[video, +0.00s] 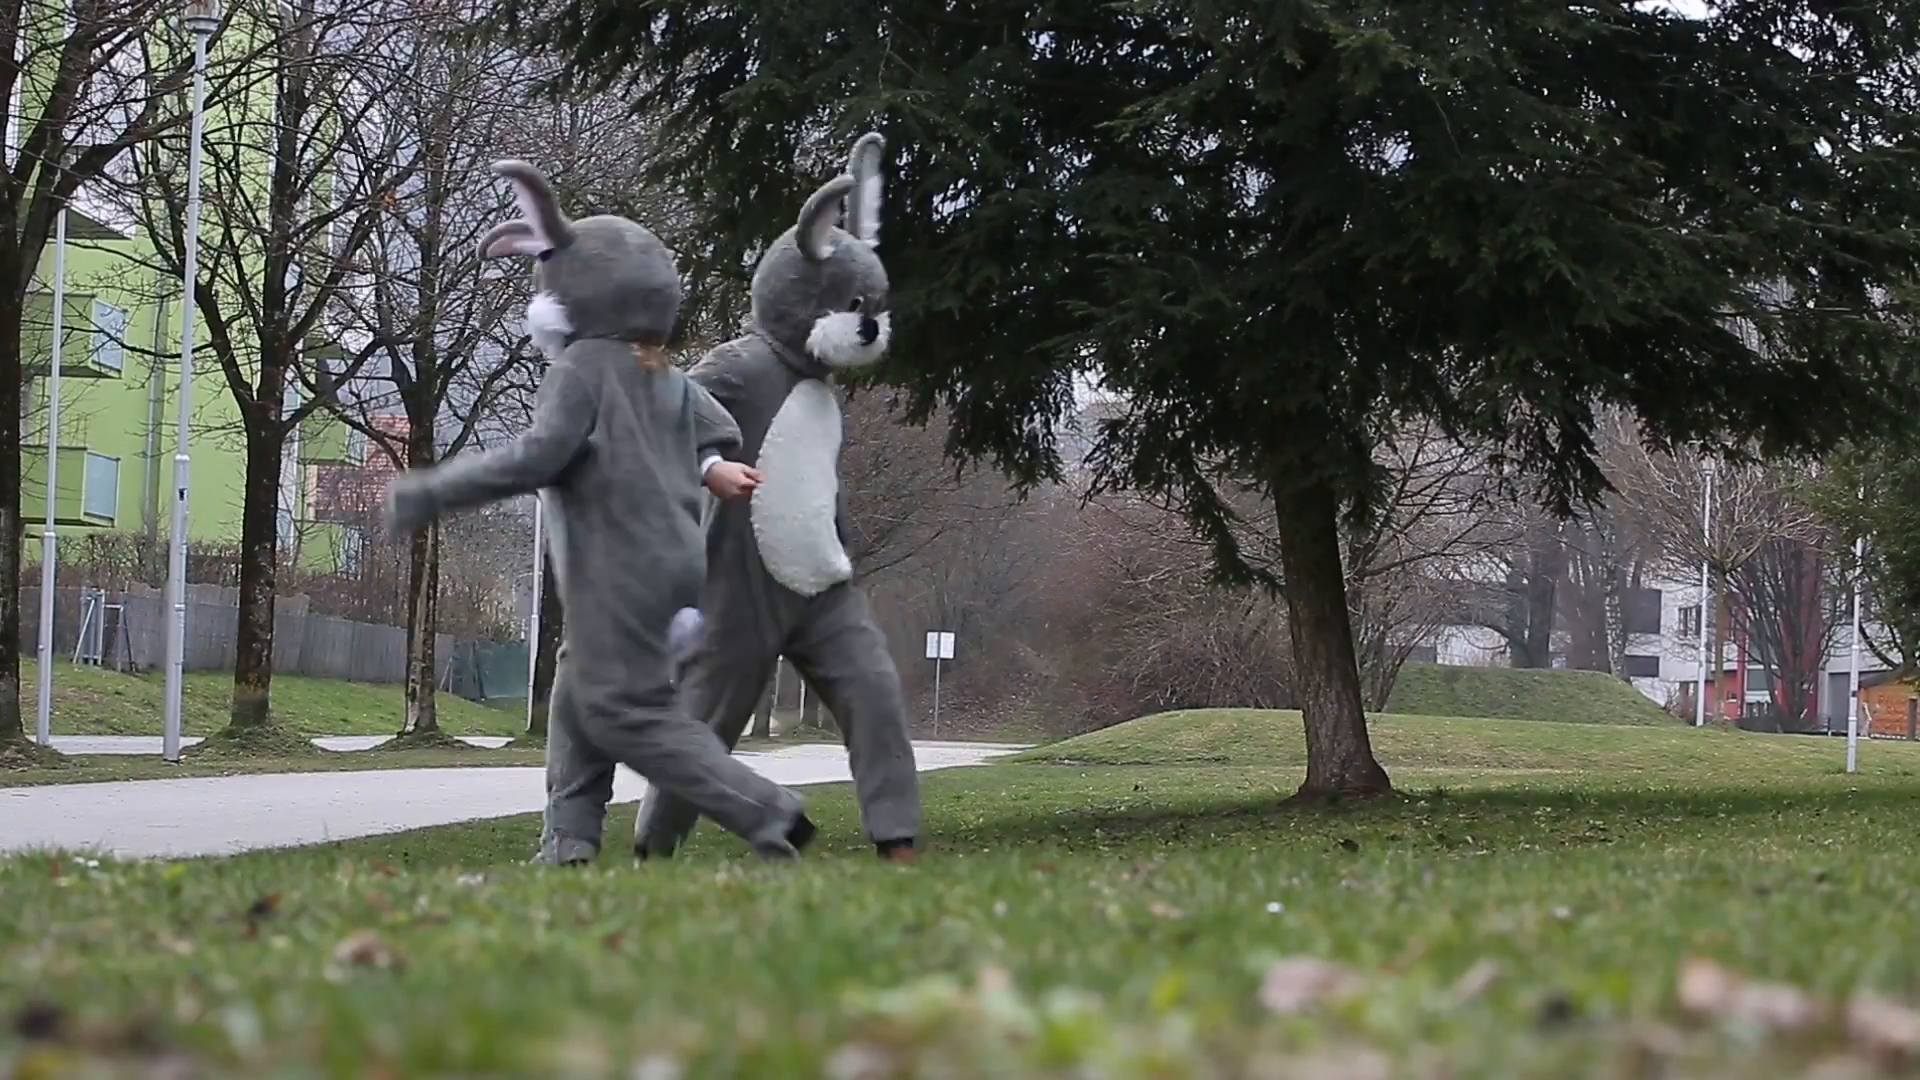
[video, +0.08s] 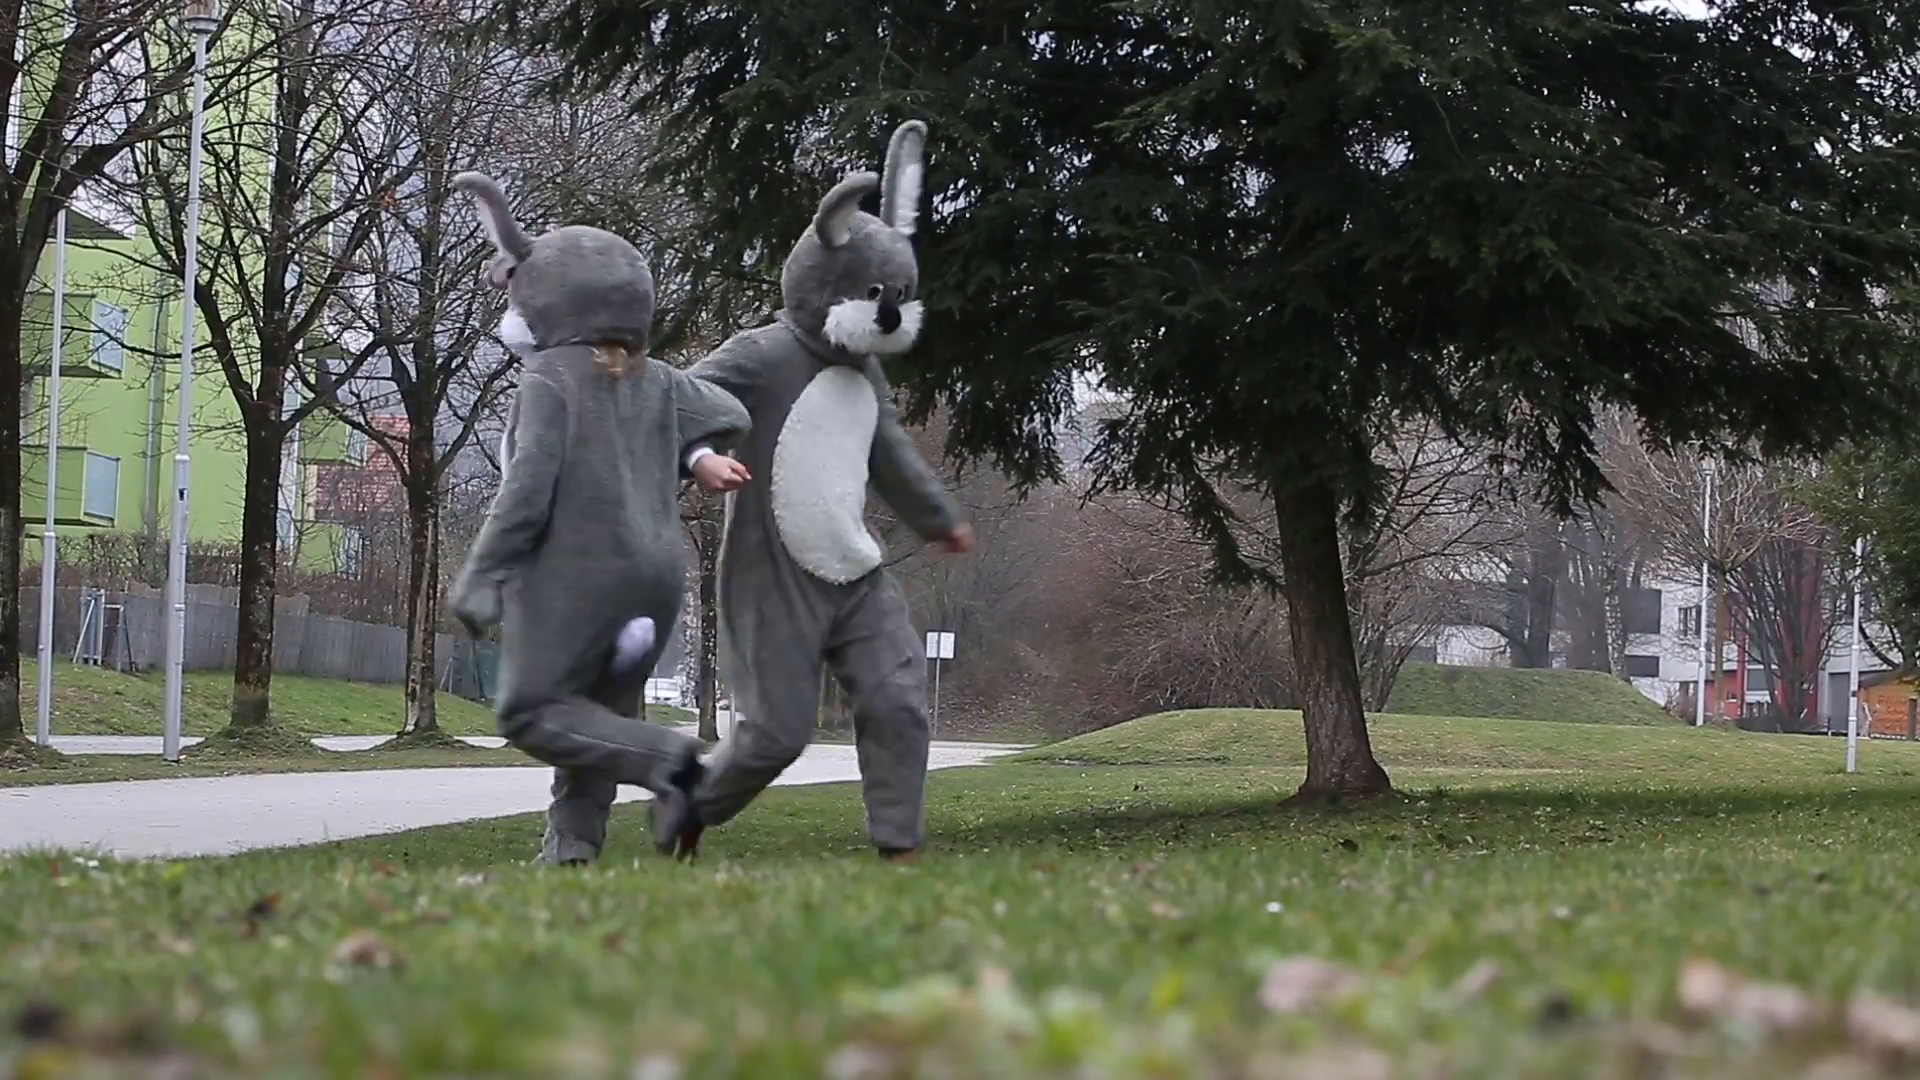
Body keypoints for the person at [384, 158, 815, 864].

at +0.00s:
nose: (543, 299)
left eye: (555, 285)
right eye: (546, 284)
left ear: (583, 294)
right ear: (649, 300)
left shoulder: (586, 365)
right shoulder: (671, 380)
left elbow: (542, 456)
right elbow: (723, 436)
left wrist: (427, 489)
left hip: (615, 573)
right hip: (674, 567)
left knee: (620, 707)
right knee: (581, 700)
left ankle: (772, 816)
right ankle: (570, 843)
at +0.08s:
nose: (515, 315)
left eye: (522, 299)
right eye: (514, 301)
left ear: (554, 303)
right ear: (630, 302)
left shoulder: (552, 375)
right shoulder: (664, 380)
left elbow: (530, 490)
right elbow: (733, 418)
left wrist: (478, 576)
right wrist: (669, 435)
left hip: (577, 569)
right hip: (657, 567)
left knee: (527, 712)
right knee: (610, 711)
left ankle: (670, 761)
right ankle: (572, 850)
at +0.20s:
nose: (506, 301)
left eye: (510, 286)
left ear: (526, 288)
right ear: (616, 284)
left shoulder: (519, 349)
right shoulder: (652, 352)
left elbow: (510, 420)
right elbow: (731, 383)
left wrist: (515, 491)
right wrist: (680, 428)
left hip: (532, 531)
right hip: (626, 546)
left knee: (468, 631)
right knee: (603, 700)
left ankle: (506, 696)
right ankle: (574, 836)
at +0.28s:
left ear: (514, 266)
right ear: (612, 266)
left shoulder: (502, 330)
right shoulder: (639, 334)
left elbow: (477, 413)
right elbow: (721, 366)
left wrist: (488, 459)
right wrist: (674, 415)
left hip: (503, 513)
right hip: (606, 524)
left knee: (480, 600)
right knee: (584, 667)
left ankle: (482, 707)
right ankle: (549, 820)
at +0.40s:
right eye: (622, 268)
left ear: (521, 268)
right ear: (612, 274)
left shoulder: (496, 332)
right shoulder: (621, 342)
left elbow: (421, 355)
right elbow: (705, 376)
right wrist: (676, 433)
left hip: (474, 530)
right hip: (565, 541)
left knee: (504, 632)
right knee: (527, 686)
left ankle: (502, 770)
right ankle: (464, 836)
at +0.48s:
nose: (640, 307)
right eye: (633, 295)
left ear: (530, 298)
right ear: (617, 303)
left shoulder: (494, 360)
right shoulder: (625, 374)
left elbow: (398, 364)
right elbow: (695, 404)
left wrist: (305, 356)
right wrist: (676, 469)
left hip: (470, 552)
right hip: (545, 569)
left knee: (539, 693)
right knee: (506, 713)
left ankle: (530, 827)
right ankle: (415, 849)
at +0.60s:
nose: (662, 341)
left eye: (664, 329)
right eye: (657, 328)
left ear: (557, 325)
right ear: (631, 331)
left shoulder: (518, 387)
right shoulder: (629, 391)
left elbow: (430, 406)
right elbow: (685, 423)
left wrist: (353, 411)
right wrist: (691, 477)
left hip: (492, 572)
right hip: (560, 584)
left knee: (563, 712)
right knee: (519, 721)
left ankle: (539, 850)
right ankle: (417, 851)